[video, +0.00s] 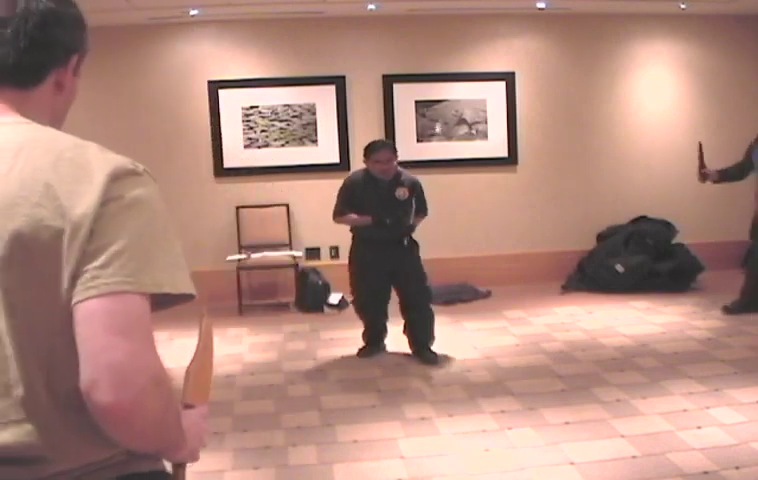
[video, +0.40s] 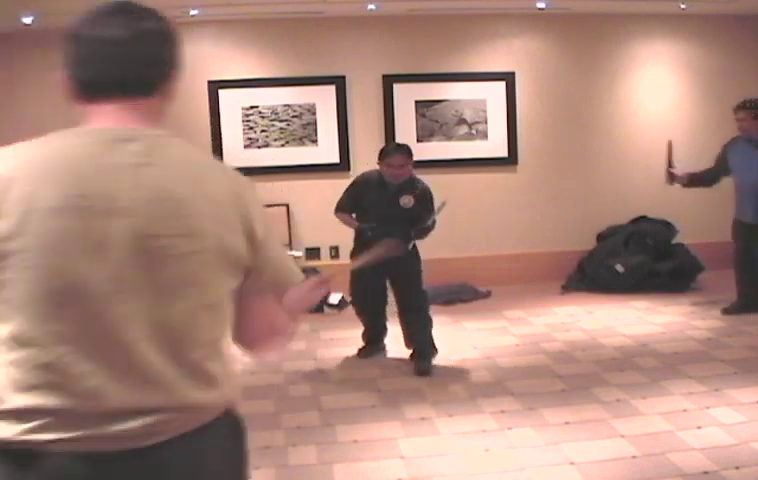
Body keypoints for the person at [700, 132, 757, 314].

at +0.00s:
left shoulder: (753, 148)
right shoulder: (754, 147)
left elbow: (742, 169)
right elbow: (743, 169)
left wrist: (714, 175)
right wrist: (714, 175)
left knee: (753, 255)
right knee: (752, 254)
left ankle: (748, 297)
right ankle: (748, 297)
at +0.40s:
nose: (741, 125)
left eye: (745, 120)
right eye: (738, 120)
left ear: (757, 120)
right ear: (737, 121)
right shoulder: (735, 146)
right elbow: (714, 174)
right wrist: (684, 178)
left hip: (755, 220)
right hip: (744, 218)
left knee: (752, 260)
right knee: (744, 260)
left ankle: (751, 299)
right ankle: (745, 299)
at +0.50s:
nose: (735, 126)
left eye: (739, 121)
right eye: (732, 122)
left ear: (753, 120)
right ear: (731, 122)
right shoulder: (728, 148)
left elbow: (703, 173)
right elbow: (703, 173)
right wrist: (673, 177)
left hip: (754, 219)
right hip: (742, 219)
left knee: (748, 261)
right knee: (742, 262)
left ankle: (749, 301)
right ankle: (746, 300)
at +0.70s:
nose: (727, 127)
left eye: (732, 121)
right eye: (725, 122)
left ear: (748, 120)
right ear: (724, 122)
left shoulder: (755, 143)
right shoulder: (722, 146)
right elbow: (695, 166)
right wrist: (665, 174)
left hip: (754, 217)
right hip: (739, 218)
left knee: (752, 260)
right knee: (741, 260)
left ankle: (752, 300)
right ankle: (745, 300)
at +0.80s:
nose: (726, 126)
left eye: (731, 120)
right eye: (724, 121)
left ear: (748, 120)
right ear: (722, 122)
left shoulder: (756, 142)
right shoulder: (720, 146)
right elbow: (699, 165)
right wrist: (681, 173)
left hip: (755, 218)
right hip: (737, 219)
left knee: (752, 261)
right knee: (741, 261)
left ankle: (752, 300)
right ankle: (745, 300)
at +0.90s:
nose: (727, 124)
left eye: (732, 118)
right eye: (725, 119)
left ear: (748, 118)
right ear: (723, 121)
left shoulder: (756, 140)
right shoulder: (721, 146)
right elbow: (697, 174)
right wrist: (697, 185)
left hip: (755, 217)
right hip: (737, 217)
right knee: (739, 260)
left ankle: (750, 299)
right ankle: (746, 299)